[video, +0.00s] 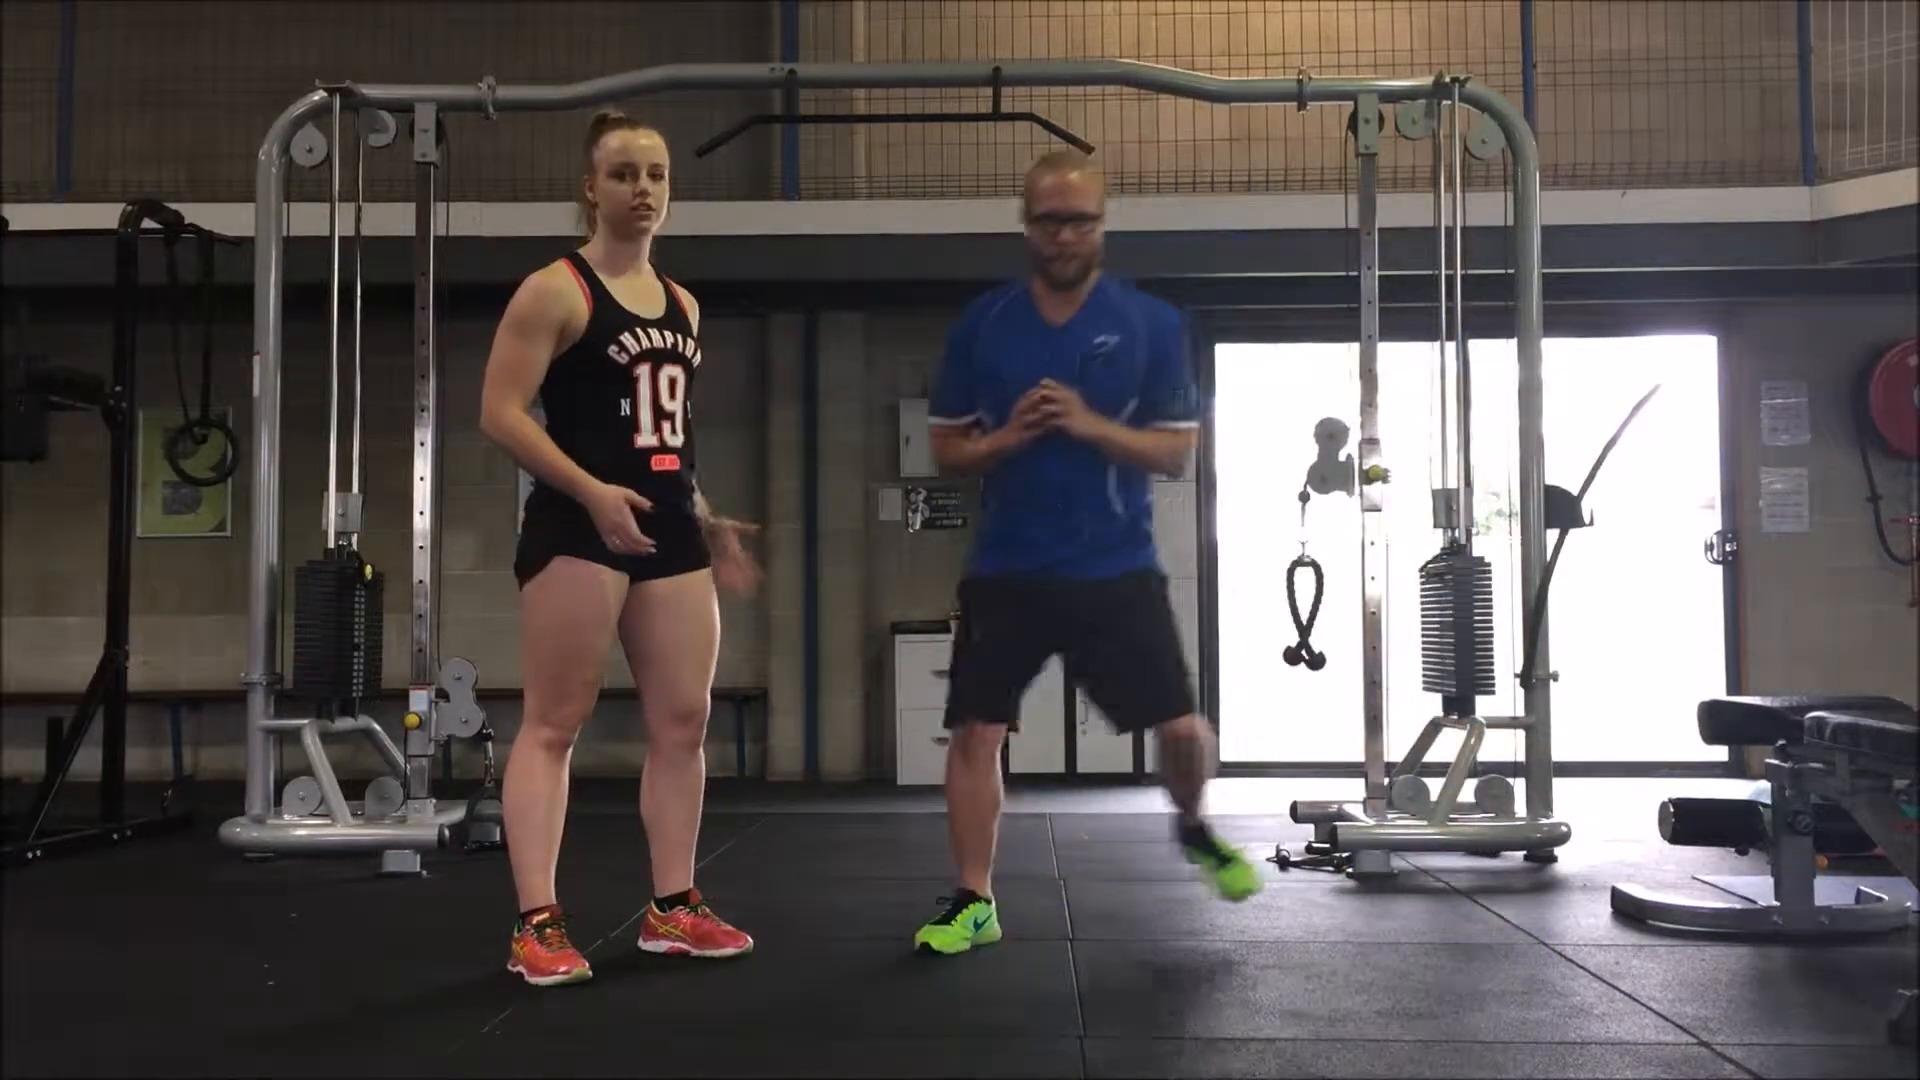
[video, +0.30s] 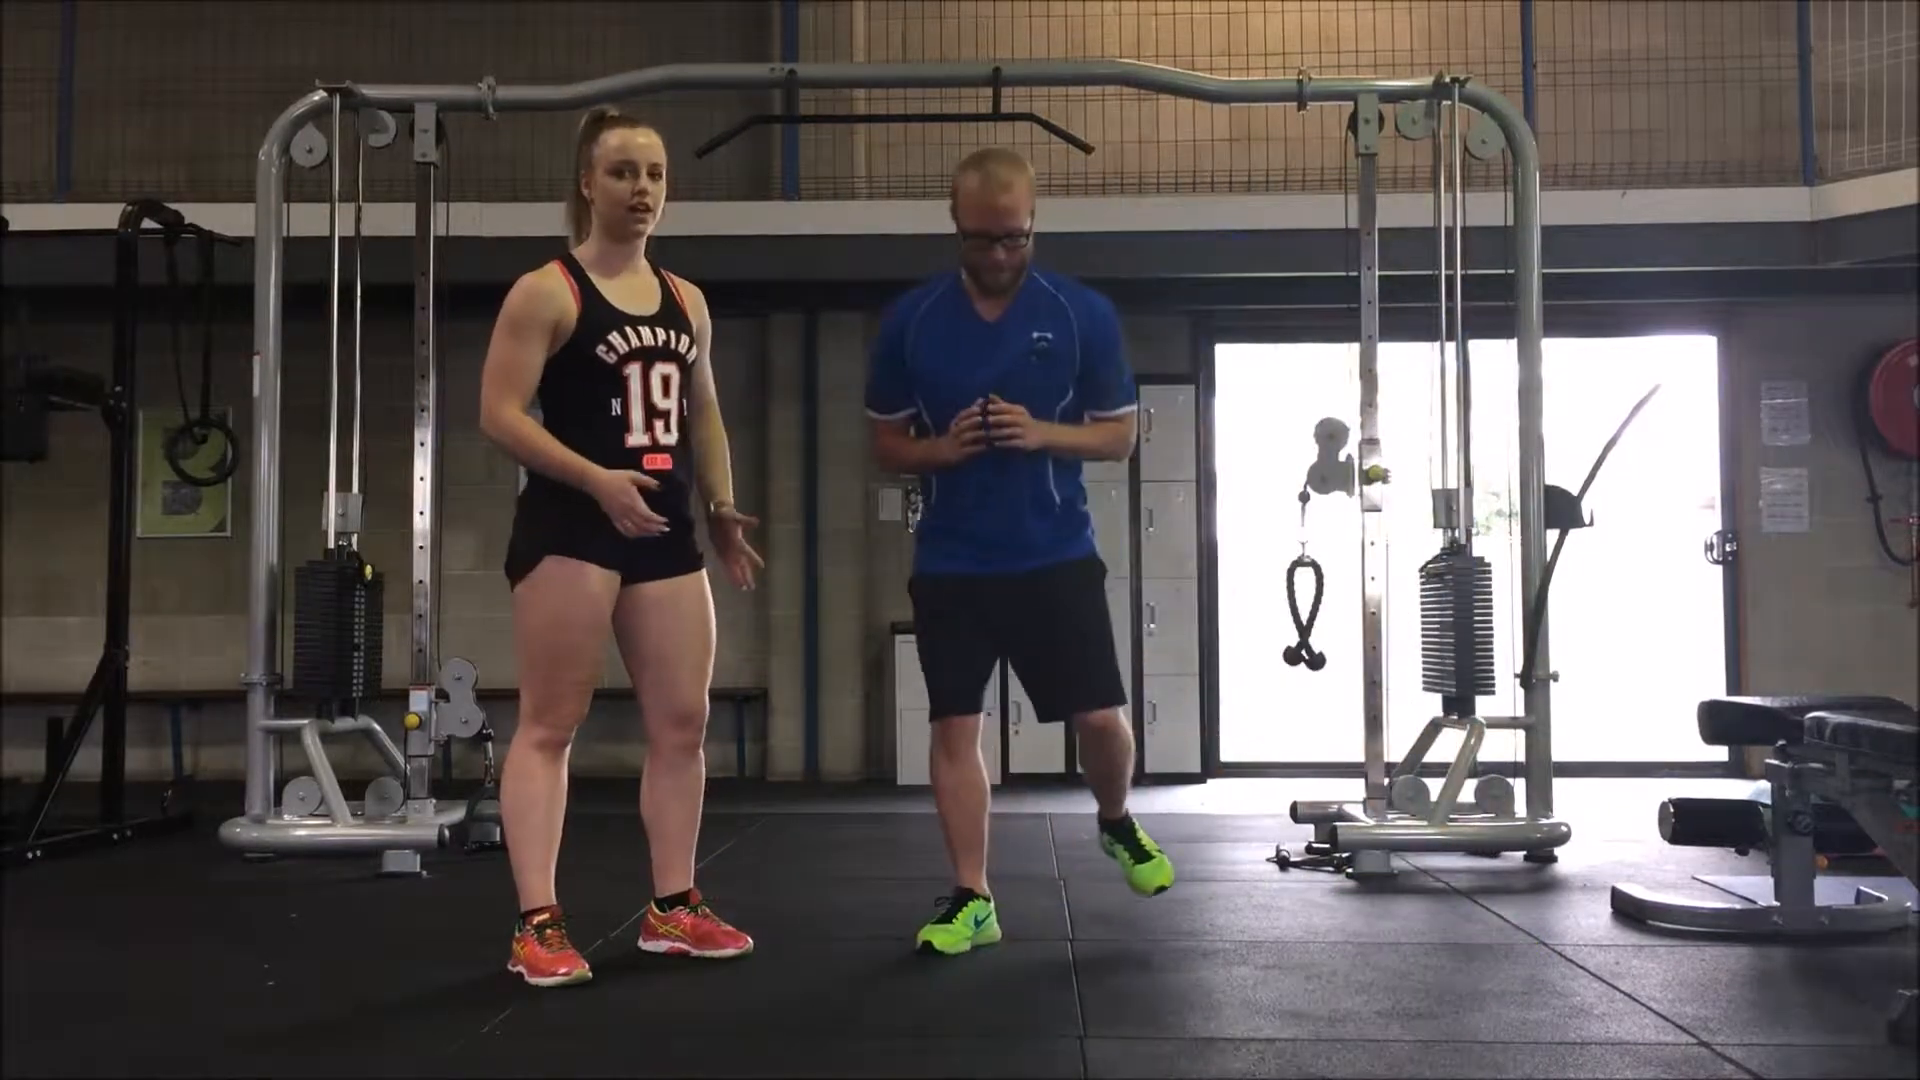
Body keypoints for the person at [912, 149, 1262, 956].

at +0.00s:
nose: (1064, 235)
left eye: (1079, 221)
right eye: (1048, 221)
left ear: (1104, 223)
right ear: (1024, 224)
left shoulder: (1151, 324)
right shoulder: (982, 324)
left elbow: (1173, 451)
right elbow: (947, 452)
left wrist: (1088, 423)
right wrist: (1006, 437)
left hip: (1116, 570)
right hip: (1006, 572)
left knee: (1182, 726)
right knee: (974, 732)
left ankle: (1193, 826)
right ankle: (973, 898)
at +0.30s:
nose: (1002, 255)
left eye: (1016, 238)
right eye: (984, 239)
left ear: (1035, 221)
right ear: (954, 225)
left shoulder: (1083, 314)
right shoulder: (911, 322)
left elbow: (1120, 435)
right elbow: (886, 446)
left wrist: (1044, 433)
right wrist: (947, 448)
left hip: (1056, 557)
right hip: (952, 563)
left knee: (1102, 720)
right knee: (952, 727)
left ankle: (1116, 821)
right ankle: (972, 895)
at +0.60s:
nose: (984, 263)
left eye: (997, 247)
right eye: (966, 248)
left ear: (1016, 226)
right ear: (934, 229)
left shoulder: (1066, 314)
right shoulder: (892, 327)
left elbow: (1103, 435)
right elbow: (874, 456)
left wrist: (1041, 436)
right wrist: (928, 451)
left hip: (1048, 557)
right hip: (943, 565)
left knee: (1087, 721)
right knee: (943, 728)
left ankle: (1093, 831)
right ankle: (972, 895)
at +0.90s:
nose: (1026, 276)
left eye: (1036, 258)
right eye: (1007, 262)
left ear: (1049, 249)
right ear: (968, 255)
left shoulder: (1100, 341)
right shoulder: (927, 366)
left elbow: (1138, 455)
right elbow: (910, 495)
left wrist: (1070, 471)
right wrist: (966, 492)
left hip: (1089, 581)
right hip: (983, 583)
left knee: (1126, 733)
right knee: (955, 734)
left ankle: (1104, 866)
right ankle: (973, 898)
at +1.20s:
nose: (1198, 204)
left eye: (1208, 192)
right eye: (1182, 190)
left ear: (1221, 196)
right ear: (1147, 194)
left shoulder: (1262, 288)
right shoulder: (1097, 296)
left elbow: (1299, 410)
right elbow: (1065, 424)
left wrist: (1248, 391)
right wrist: (1165, 408)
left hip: (1237, 537)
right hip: (1127, 543)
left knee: (1333, 678)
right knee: (1055, 704)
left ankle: (1397, 853)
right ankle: (981, 874)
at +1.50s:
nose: (1393, 226)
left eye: (1409, 212)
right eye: (1377, 209)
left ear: (1429, 221)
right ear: (1344, 213)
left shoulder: (1474, 323)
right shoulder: (1295, 327)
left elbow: (1506, 441)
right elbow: (1271, 464)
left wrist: (1450, 444)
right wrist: (1362, 445)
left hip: (1436, 574)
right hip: (1323, 572)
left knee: (1485, 726)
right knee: (1259, 725)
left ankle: (1491, 907)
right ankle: (1226, 850)